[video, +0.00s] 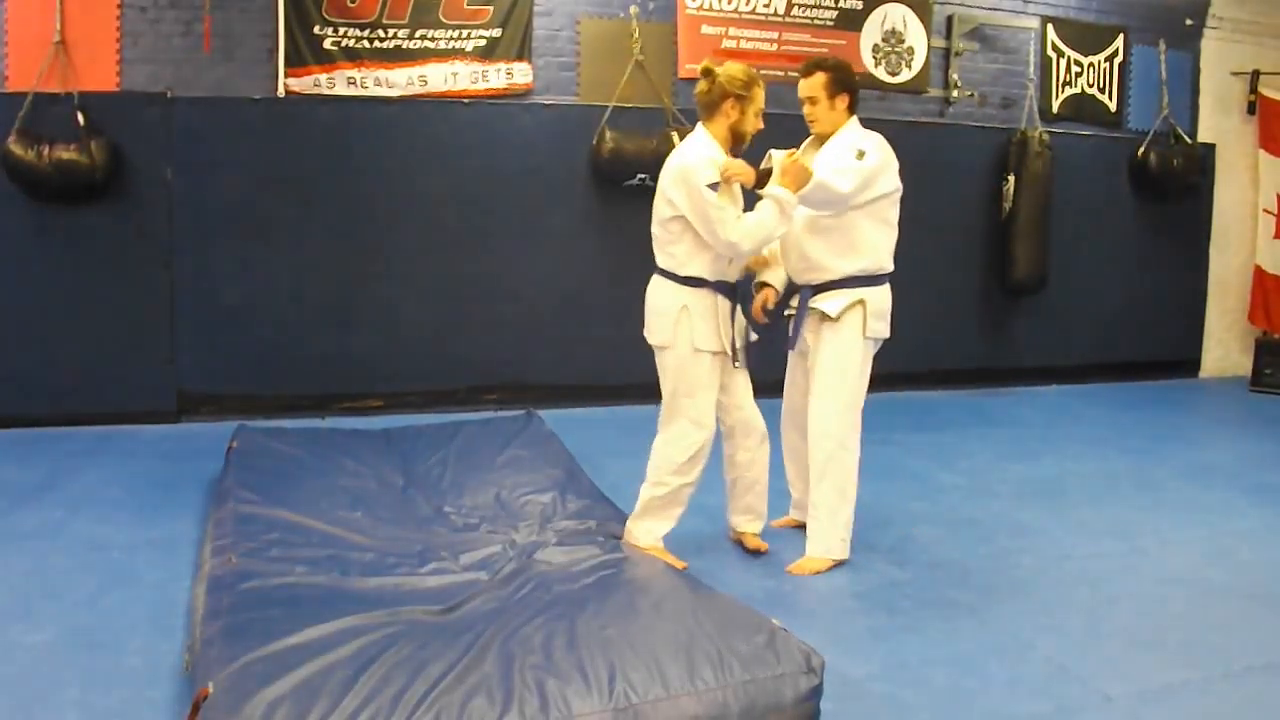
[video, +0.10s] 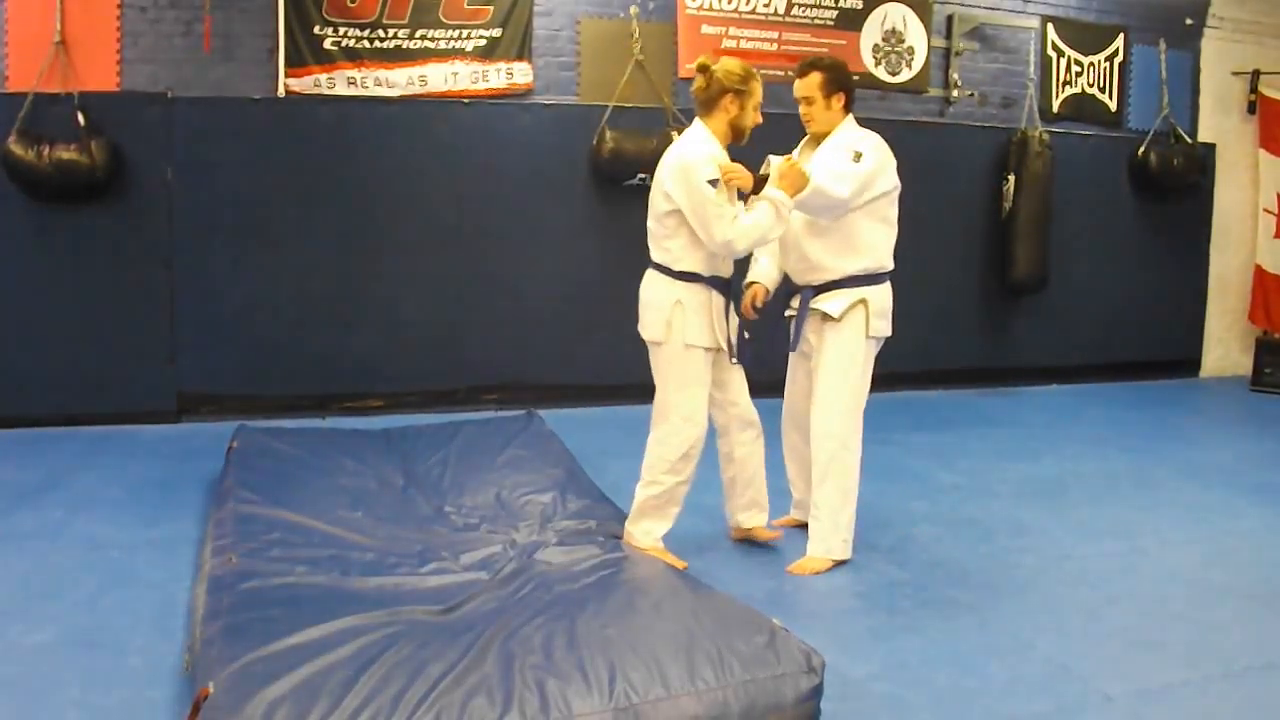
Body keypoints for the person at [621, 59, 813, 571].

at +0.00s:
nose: (761, 122)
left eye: (762, 114)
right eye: (758, 112)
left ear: (727, 108)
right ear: (732, 108)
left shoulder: (724, 160)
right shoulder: (693, 162)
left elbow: (751, 231)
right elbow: (734, 241)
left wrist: (767, 276)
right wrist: (783, 192)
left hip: (716, 303)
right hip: (683, 303)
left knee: (745, 421)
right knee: (690, 426)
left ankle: (746, 524)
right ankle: (643, 535)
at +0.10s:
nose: (758, 117)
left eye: (759, 108)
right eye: (755, 106)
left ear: (724, 103)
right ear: (730, 103)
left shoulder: (715, 153)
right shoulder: (692, 157)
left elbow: (741, 223)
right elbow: (727, 240)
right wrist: (779, 196)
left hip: (707, 297)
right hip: (677, 297)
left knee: (738, 414)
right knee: (682, 424)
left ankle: (748, 521)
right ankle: (643, 536)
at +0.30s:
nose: (757, 104)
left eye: (756, 94)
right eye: (752, 95)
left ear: (718, 97)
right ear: (728, 98)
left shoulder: (707, 146)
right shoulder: (697, 152)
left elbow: (741, 218)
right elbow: (745, 229)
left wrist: (786, 223)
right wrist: (807, 222)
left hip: (694, 291)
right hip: (671, 293)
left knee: (738, 392)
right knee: (675, 417)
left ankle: (744, 491)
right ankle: (643, 535)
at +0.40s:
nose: (756, 103)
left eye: (754, 93)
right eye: (750, 93)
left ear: (717, 97)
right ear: (727, 98)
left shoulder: (698, 143)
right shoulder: (704, 153)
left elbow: (758, 205)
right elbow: (760, 213)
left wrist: (817, 235)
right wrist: (830, 241)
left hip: (691, 291)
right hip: (669, 293)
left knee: (737, 384)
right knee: (677, 416)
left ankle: (735, 481)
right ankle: (644, 533)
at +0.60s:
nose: (753, 99)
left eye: (751, 90)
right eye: (750, 91)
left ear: (707, 94)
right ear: (731, 95)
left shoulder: (674, 139)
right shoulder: (726, 155)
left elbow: (740, 187)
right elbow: (784, 207)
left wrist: (782, 188)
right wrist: (847, 238)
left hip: (664, 281)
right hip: (685, 292)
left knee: (728, 376)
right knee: (686, 412)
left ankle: (723, 477)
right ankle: (645, 532)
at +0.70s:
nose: (754, 100)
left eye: (752, 91)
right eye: (751, 92)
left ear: (707, 94)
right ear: (734, 95)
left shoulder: (675, 142)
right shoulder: (733, 154)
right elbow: (785, 217)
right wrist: (847, 249)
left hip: (667, 279)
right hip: (694, 289)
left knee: (721, 382)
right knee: (686, 410)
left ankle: (718, 487)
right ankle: (646, 530)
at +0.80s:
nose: (758, 106)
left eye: (756, 97)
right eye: (755, 98)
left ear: (712, 99)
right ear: (740, 100)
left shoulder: (680, 150)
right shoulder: (742, 158)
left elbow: (718, 214)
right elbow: (783, 234)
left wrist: (768, 250)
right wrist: (836, 289)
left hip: (678, 284)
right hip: (707, 292)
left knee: (712, 403)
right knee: (693, 412)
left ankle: (707, 509)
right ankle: (646, 530)